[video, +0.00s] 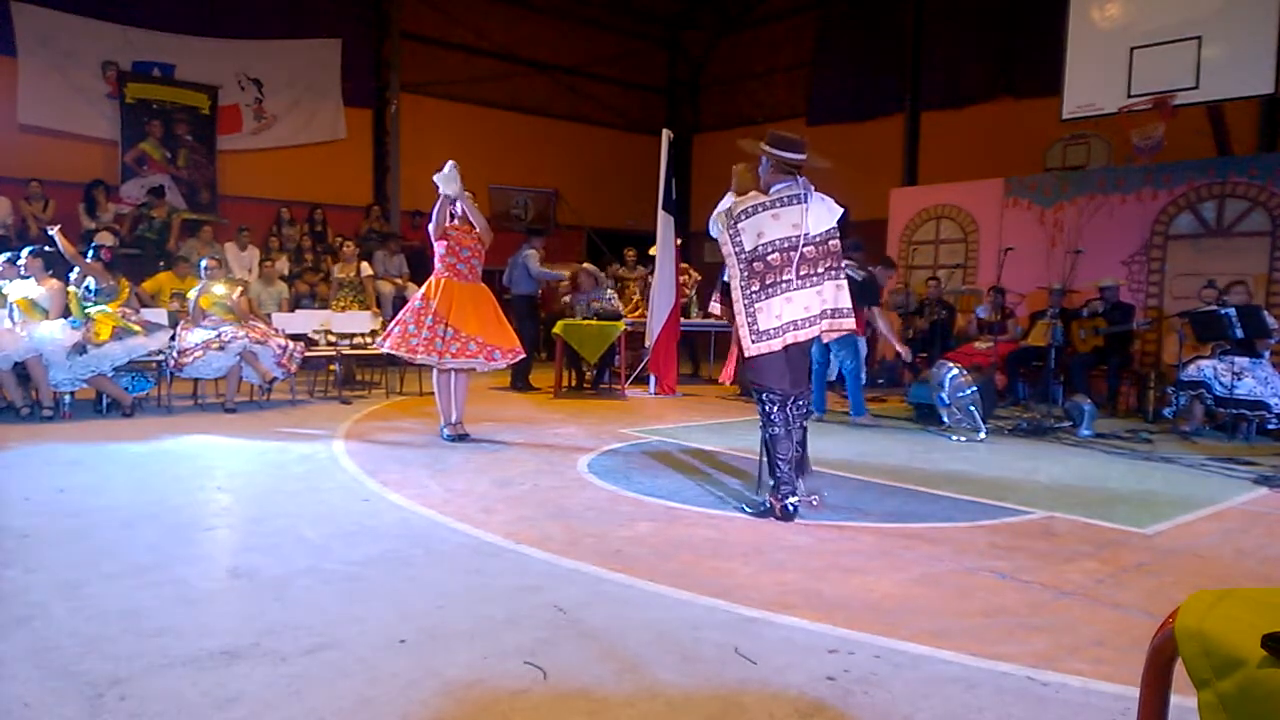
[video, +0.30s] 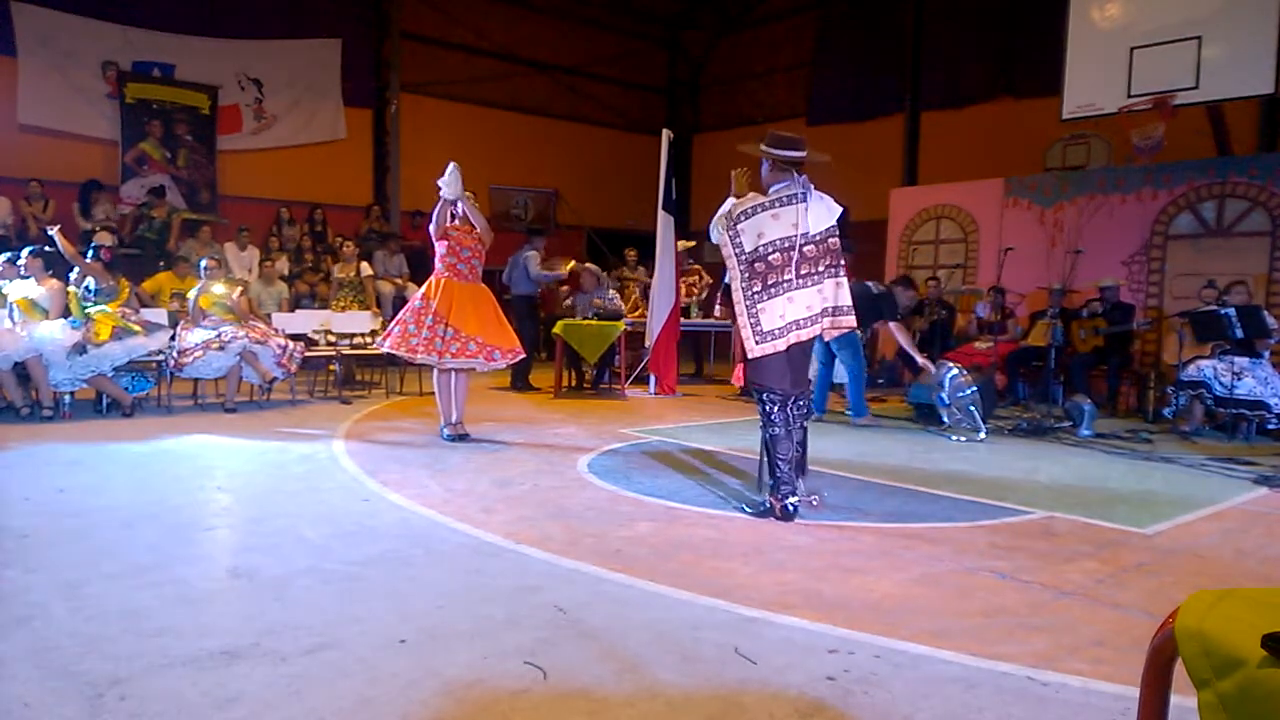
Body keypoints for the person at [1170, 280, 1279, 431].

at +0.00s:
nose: (1239, 297)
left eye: (1243, 293)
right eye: (1234, 293)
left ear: (1249, 297)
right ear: (1226, 297)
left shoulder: (1258, 314)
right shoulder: (1218, 314)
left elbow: (1265, 344)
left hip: (1252, 363)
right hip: (1222, 362)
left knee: (1247, 381)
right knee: (1199, 368)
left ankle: (1243, 427)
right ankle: (1196, 420)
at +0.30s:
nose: (1239, 297)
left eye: (1243, 293)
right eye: (1234, 293)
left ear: (1249, 297)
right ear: (1226, 297)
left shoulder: (1258, 314)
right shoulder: (1218, 314)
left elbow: (1265, 345)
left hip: (1253, 363)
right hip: (1223, 362)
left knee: (1247, 381)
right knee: (1198, 368)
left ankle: (1243, 426)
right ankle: (1196, 419)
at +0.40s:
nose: (1244, 297)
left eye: (1246, 293)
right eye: (1239, 293)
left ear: (1250, 296)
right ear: (1227, 297)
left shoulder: (1257, 314)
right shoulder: (1218, 315)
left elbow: (1265, 346)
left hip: (1253, 364)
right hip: (1223, 362)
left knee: (1247, 381)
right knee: (1198, 368)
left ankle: (1243, 425)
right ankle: (1195, 419)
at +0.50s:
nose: (1244, 297)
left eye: (1246, 293)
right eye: (1239, 293)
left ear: (1250, 296)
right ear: (1227, 297)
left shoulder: (1258, 314)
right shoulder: (1218, 315)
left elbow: (1265, 345)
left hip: (1253, 364)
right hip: (1222, 362)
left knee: (1248, 381)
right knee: (1198, 368)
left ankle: (1243, 425)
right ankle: (1196, 419)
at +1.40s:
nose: (1222, 302)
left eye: (1226, 298)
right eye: (1221, 298)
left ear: (1242, 298)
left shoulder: (1259, 316)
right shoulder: (1218, 317)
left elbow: (1263, 346)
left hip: (1253, 365)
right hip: (1223, 363)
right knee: (1196, 368)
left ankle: (1243, 424)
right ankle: (1196, 419)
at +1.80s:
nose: (1221, 303)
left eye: (1225, 299)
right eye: (1220, 299)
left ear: (1241, 298)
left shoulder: (1258, 315)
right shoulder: (1220, 317)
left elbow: (1261, 346)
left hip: (1254, 367)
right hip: (1225, 365)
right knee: (1197, 368)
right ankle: (1195, 421)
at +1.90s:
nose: (1221, 303)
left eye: (1225, 298)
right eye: (1220, 298)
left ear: (1241, 298)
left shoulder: (1258, 315)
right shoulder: (1218, 316)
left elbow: (1261, 346)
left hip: (1253, 366)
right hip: (1223, 365)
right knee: (1197, 368)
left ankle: (1242, 425)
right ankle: (1195, 421)